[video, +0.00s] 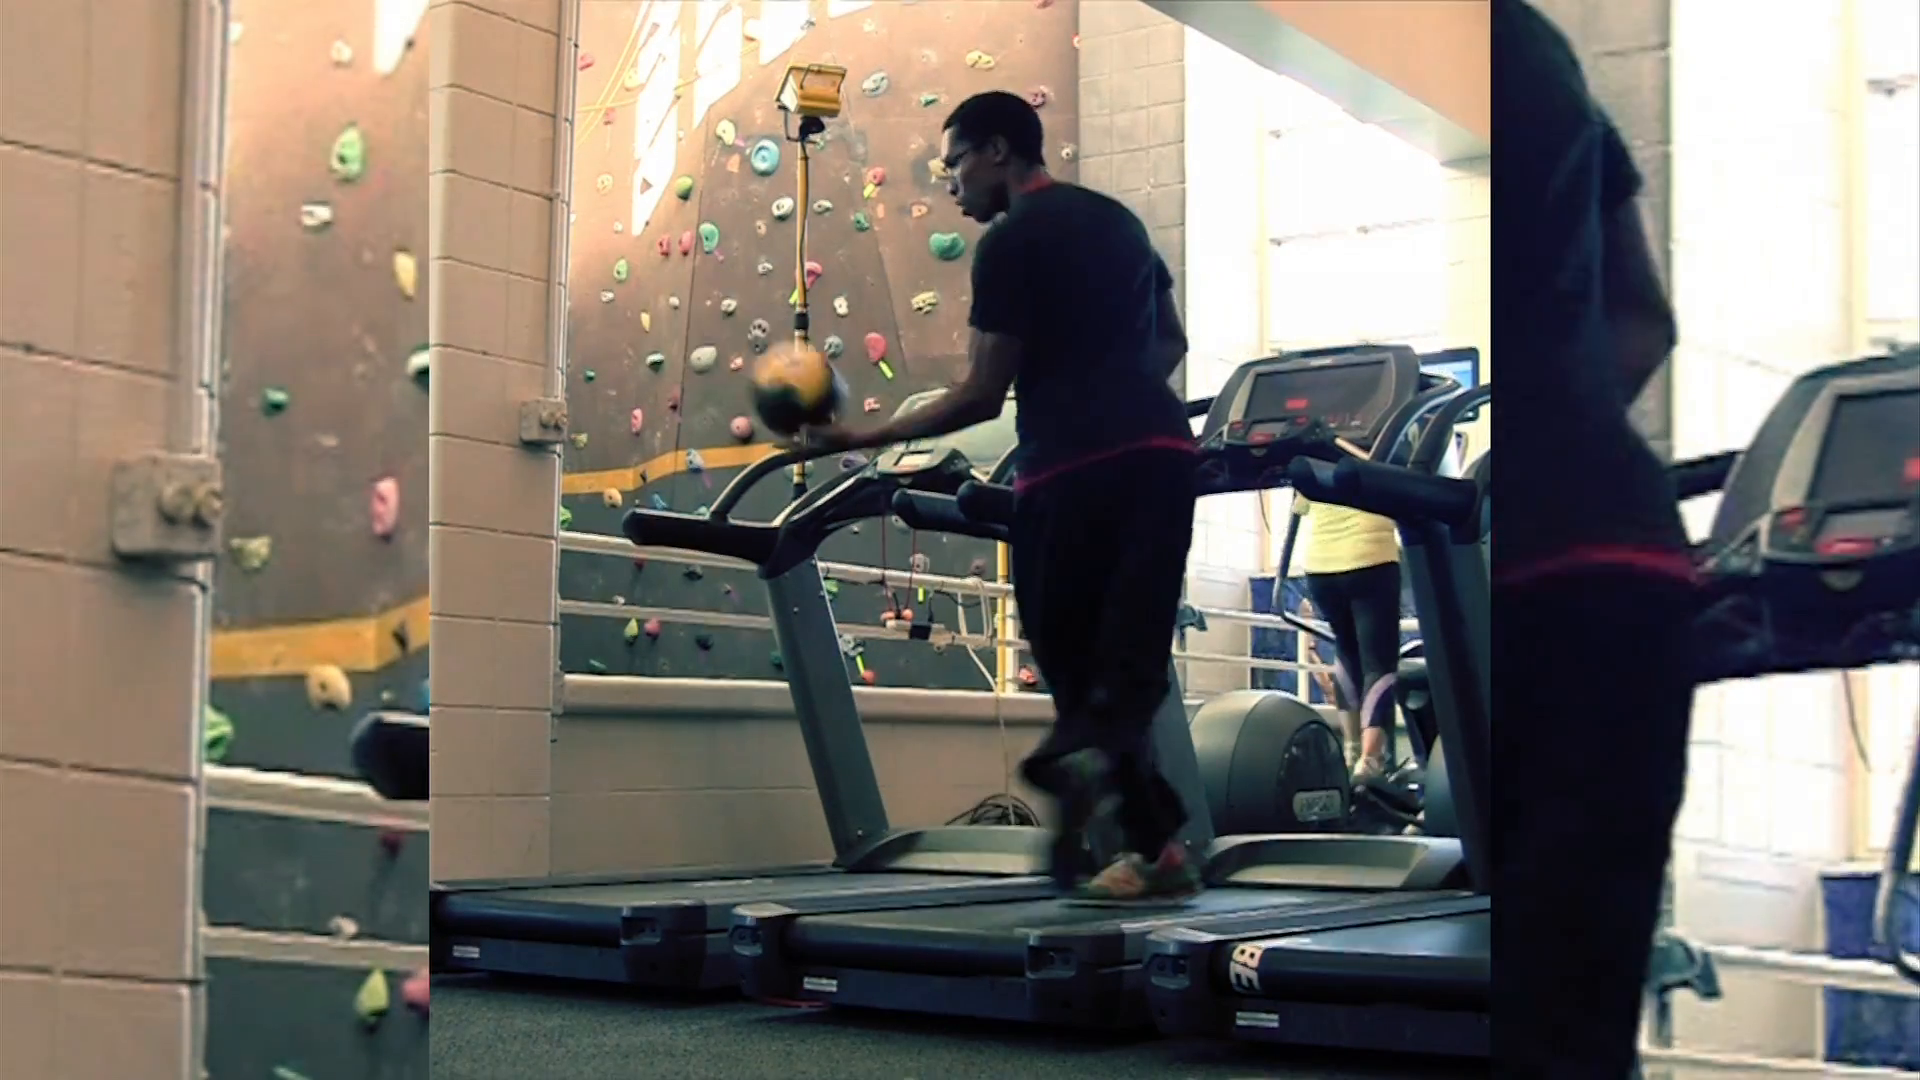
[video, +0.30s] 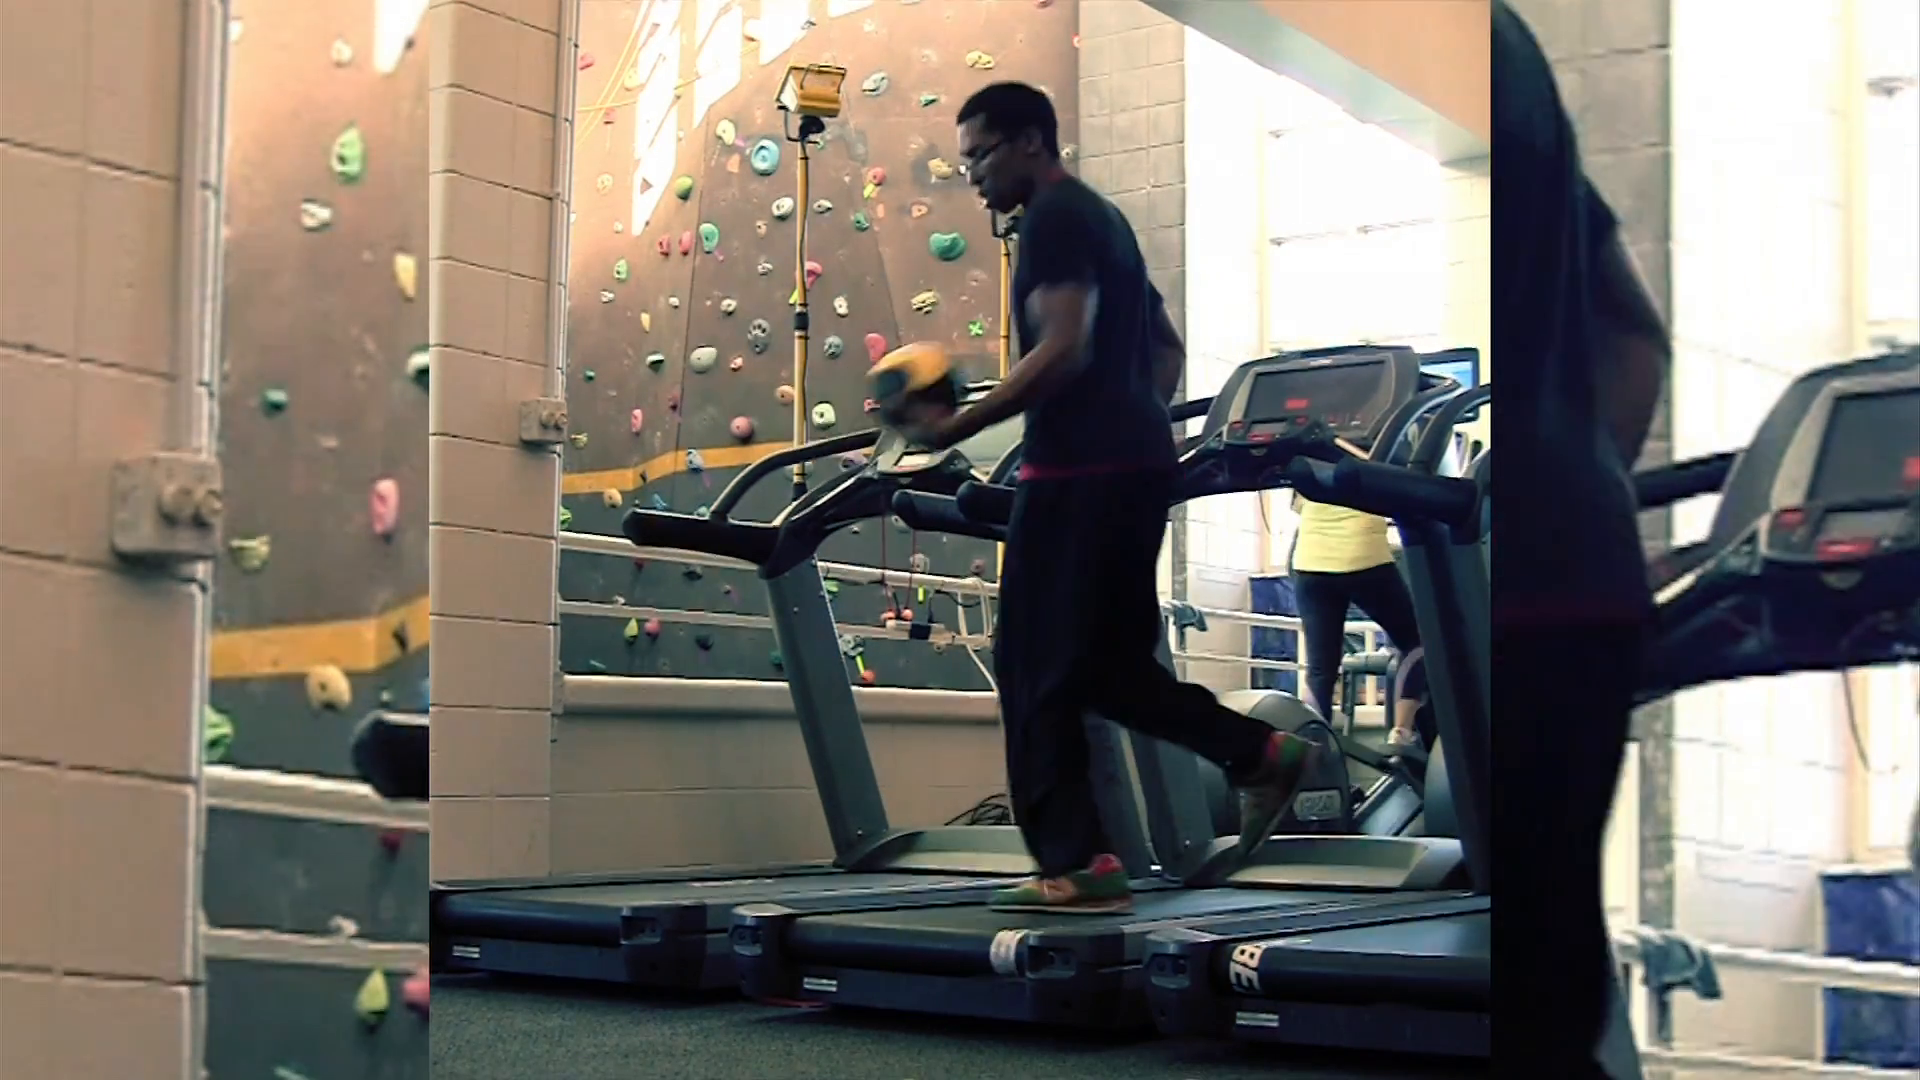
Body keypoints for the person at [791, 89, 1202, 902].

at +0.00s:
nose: (949, 183)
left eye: (955, 163)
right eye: (946, 167)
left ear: (999, 153)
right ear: (1026, 155)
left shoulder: (1009, 240)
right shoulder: (1117, 220)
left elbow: (983, 396)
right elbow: (1171, 343)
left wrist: (859, 433)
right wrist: (1101, 405)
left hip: (1065, 477)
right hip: (1160, 463)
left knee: (1075, 671)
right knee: (1139, 653)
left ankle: (1160, 849)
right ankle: (1083, 761)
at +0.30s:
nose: (970, 172)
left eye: (979, 154)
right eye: (966, 158)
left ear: (1033, 143)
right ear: (1034, 150)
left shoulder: (1054, 215)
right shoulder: (1097, 217)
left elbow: (1061, 347)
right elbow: (1166, 353)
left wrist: (958, 419)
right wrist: (1118, 437)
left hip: (1074, 472)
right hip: (1132, 470)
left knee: (1031, 666)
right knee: (1108, 666)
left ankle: (1075, 865)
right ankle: (1265, 757)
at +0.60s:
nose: (992, 137)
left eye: (1006, 120)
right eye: (981, 125)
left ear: (1048, 111)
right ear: (974, 128)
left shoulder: (1101, 167)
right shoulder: (1021, 206)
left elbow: (1224, 212)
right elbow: (1069, 315)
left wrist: (1199, 297)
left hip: (1117, 419)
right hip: (1078, 429)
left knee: (1067, 597)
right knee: (1123, 626)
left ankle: (1057, 805)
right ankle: (1195, 827)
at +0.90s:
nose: (1049, 122)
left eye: (1064, 107)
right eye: (1033, 107)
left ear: (1085, 107)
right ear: (1008, 109)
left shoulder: (1138, 177)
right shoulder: (997, 215)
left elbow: (1252, 238)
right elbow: (1028, 320)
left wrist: (1281, 345)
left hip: (1126, 419)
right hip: (1044, 442)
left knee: (1137, 599)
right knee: (1079, 653)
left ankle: (1247, 798)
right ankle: (1145, 844)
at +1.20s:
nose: (1140, 120)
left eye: (1149, 107)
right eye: (1127, 101)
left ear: (1148, 109)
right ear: (1076, 93)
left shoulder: (1164, 202)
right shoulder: (1000, 197)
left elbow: (1171, 324)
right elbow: (948, 299)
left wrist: (1162, 416)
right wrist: (968, 420)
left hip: (1151, 452)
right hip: (1049, 460)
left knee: (1208, 626)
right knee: (1060, 660)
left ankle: (1306, 803)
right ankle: (1086, 851)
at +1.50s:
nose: (1186, 136)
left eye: (1193, 124)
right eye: (1179, 115)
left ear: (1153, 113)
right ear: (1130, 98)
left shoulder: (1141, 214)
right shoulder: (1042, 168)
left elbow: (1110, 342)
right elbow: (913, 226)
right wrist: (890, 338)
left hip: (1156, 451)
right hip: (1067, 446)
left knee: (1224, 627)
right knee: (1051, 636)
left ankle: (1176, 825)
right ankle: (1034, 838)